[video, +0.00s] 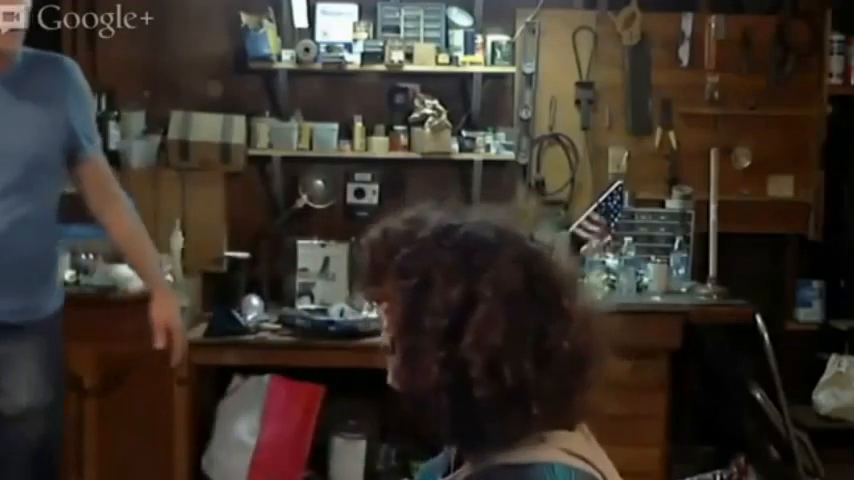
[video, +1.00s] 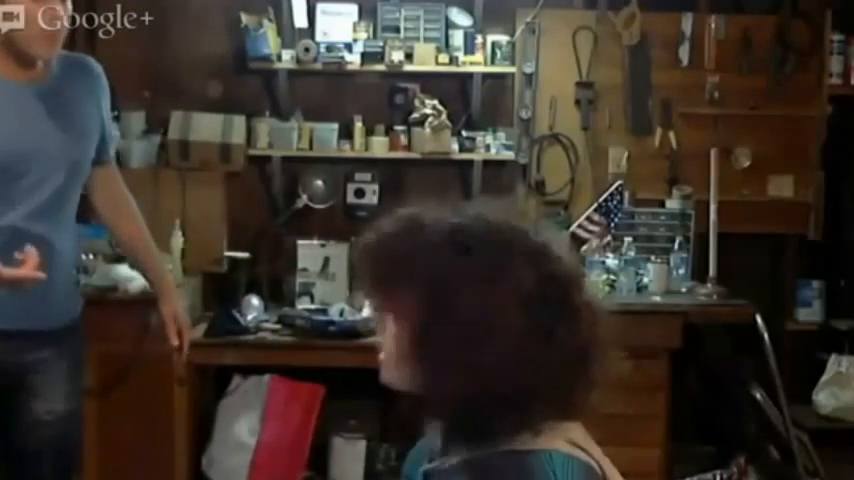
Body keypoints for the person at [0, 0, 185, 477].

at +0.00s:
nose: (11, 9)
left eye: (18, 2)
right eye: (4, 2)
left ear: (30, 9)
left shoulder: (55, 78)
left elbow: (103, 191)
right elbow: (103, 191)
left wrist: (159, 285)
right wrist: (160, 286)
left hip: (27, 322)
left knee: (28, 466)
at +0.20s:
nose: (23, 10)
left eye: (30, 1)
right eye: (11, 2)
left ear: (42, 8)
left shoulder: (69, 77)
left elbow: (111, 185)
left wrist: (171, 283)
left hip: (36, 321)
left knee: (33, 467)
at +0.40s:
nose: (35, 12)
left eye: (42, 3)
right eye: (18, 3)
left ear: (52, 9)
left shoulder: (74, 77)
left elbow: (112, 185)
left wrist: (171, 286)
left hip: (41, 321)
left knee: (37, 466)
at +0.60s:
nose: (56, 10)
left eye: (61, 1)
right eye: (37, 1)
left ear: (71, 8)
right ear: (3, 13)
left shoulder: (87, 77)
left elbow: (114, 185)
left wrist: (171, 283)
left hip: (50, 326)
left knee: (47, 469)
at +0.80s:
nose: (62, 12)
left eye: (67, 2)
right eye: (45, 2)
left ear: (76, 8)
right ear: (8, 10)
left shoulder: (89, 76)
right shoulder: (4, 78)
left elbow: (114, 184)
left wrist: (171, 283)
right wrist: (6, 264)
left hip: (55, 327)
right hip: (7, 324)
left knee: (53, 467)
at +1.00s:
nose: (57, 13)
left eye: (63, 2)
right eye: (40, 2)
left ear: (72, 9)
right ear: (4, 11)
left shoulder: (85, 77)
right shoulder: (3, 82)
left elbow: (105, 181)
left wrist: (164, 284)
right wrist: (4, 266)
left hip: (54, 329)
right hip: (6, 329)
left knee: (53, 469)